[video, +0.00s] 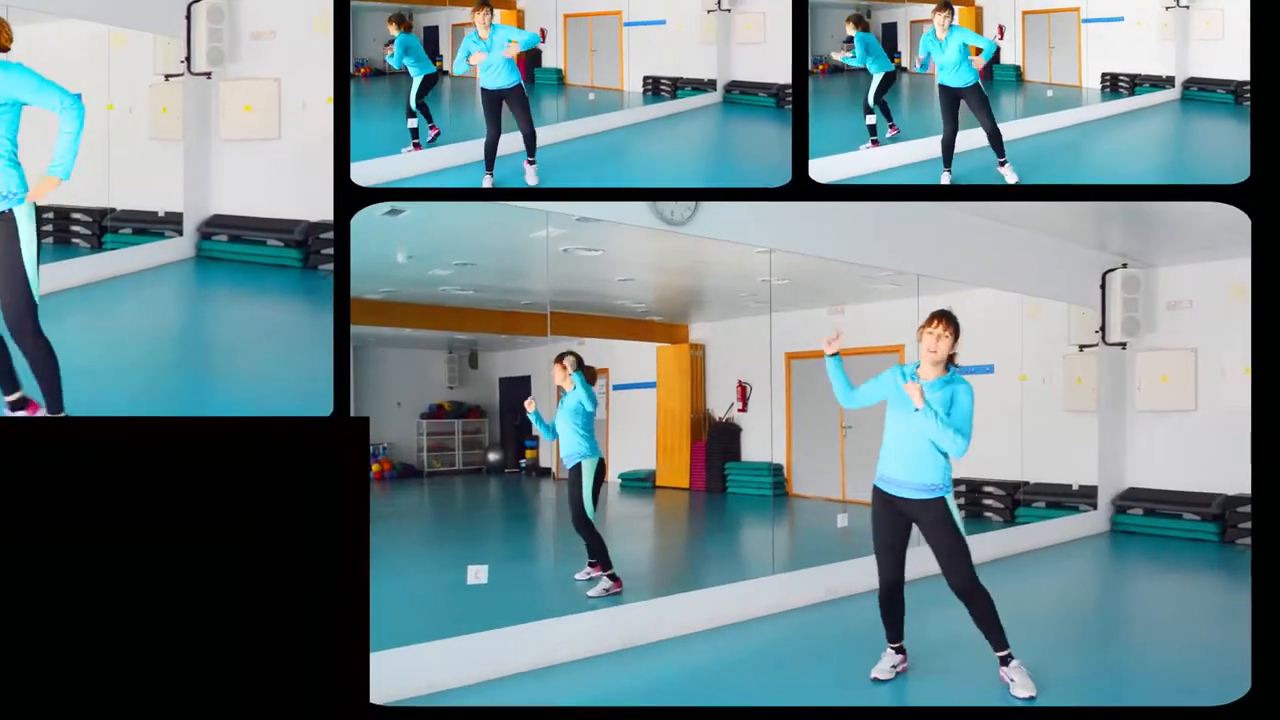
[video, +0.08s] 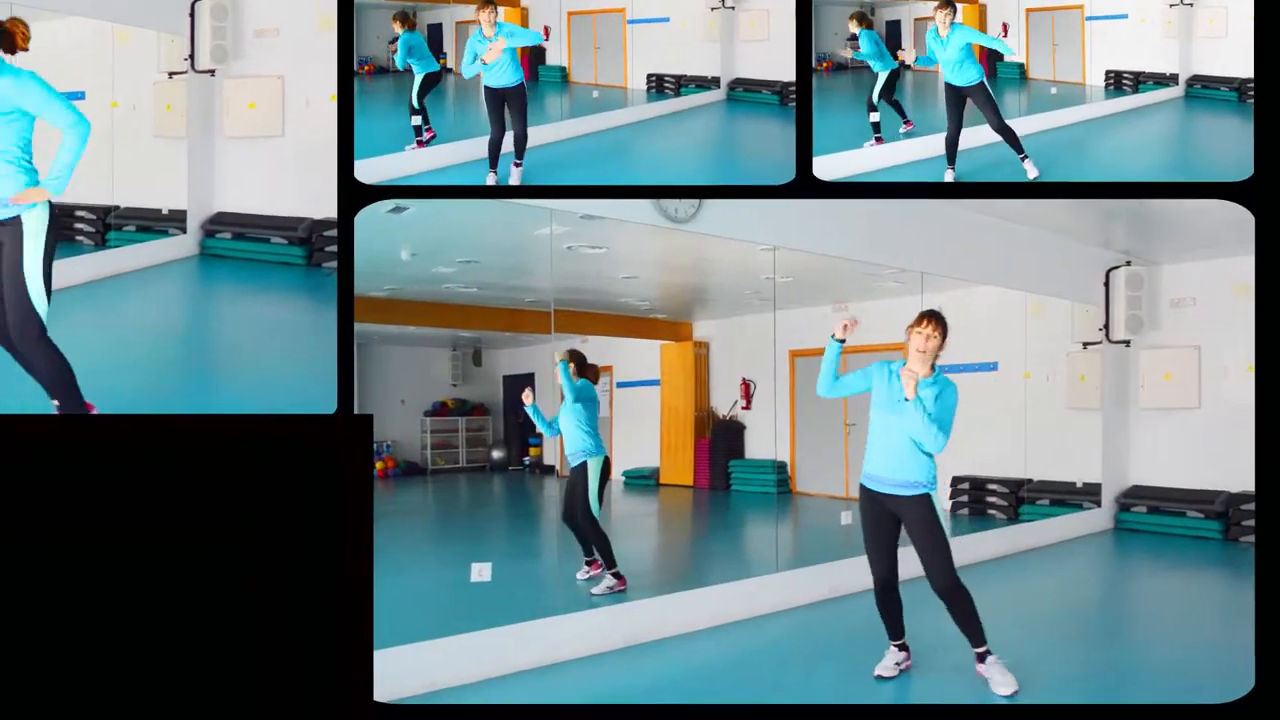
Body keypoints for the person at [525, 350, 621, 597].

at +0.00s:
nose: (553, 373)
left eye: (556, 368)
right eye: (554, 368)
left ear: (568, 370)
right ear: (561, 371)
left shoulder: (583, 394)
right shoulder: (564, 402)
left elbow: (590, 405)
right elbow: (549, 434)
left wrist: (574, 372)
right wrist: (533, 413)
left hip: (588, 461)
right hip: (575, 464)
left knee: (583, 519)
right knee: (579, 519)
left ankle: (611, 577)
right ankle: (596, 564)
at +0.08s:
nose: (560, 372)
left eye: (564, 367)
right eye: (559, 368)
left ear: (574, 368)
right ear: (570, 371)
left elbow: (571, 393)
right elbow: (549, 430)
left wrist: (562, 366)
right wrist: (531, 406)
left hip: (593, 460)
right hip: (577, 464)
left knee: (586, 517)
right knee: (570, 516)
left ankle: (615, 575)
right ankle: (592, 561)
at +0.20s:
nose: (574, 359)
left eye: (575, 354)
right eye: (574, 355)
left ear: (585, 352)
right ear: (589, 354)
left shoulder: (595, 370)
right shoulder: (587, 388)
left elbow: (554, 381)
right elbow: (562, 413)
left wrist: (557, 353)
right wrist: (540, 389)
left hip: (608, 447)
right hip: (593, 451)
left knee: (606, 505)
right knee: (574, 500)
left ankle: (634, 562)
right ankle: (598, 558)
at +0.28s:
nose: (588, 344)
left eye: (590, 340)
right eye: (589, 340)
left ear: (601, 340)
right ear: (609, 342)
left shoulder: (603, 357)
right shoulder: (608, 369)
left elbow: (563, 375)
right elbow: (582, 401)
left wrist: (571, 350)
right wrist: (554, 380)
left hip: (622, 437)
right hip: (610, 440)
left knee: (625, 494)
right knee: (591, 491)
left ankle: (654, 549)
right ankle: (607, 552)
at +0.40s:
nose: (621, 327)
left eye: (623, 322)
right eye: (622, 323)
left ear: (634, 321)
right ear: (642, 324)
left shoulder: (632, 340)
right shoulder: (647, 346)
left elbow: (604, 373)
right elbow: (622, 388)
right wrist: (590, 376)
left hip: (655, 420)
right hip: (644, 421)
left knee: (650, 483)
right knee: (628, 478)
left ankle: (691, 523)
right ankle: (648, 539)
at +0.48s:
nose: (651, 315)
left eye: (653, 309)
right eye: (651, 310)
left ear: (664, 309)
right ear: (671, 310)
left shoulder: (666, 324)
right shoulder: (674, 334)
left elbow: (641, 358)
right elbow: (656, 377)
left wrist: (625, 372)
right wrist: (621, 380)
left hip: (686, 405)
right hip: (675, 407)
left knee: (665, 467)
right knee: (654, 465)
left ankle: (711, 504)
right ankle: (680, 522)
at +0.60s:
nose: (704, 289)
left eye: (706, 284)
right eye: (704, 284)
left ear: (717, 282)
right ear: (725, 284)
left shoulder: (725, 298)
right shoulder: (726, 308)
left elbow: (695, 327)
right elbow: (721, 360)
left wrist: (660, 350)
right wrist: (691, 383)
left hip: (737, 378)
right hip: (730, 379)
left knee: (701, 438)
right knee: (703, 438)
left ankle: (740, 494)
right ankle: (738, 490)